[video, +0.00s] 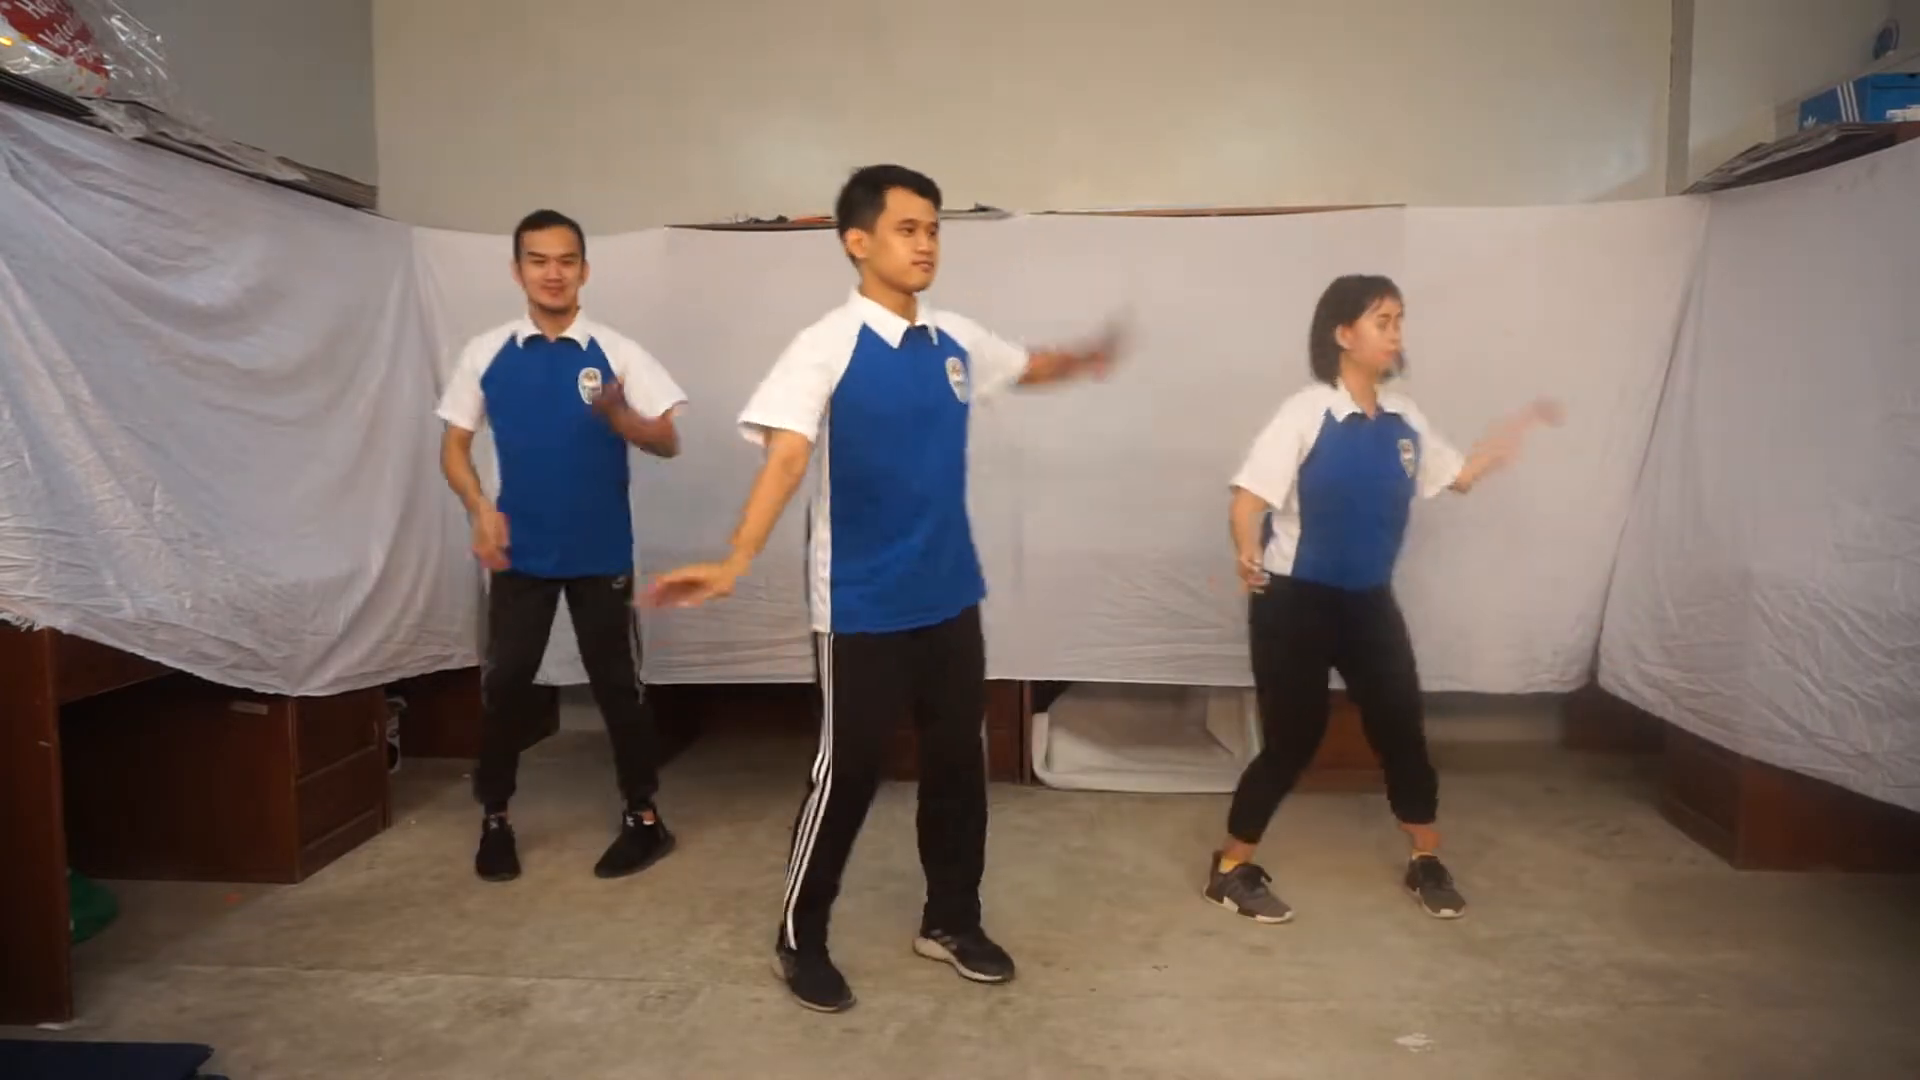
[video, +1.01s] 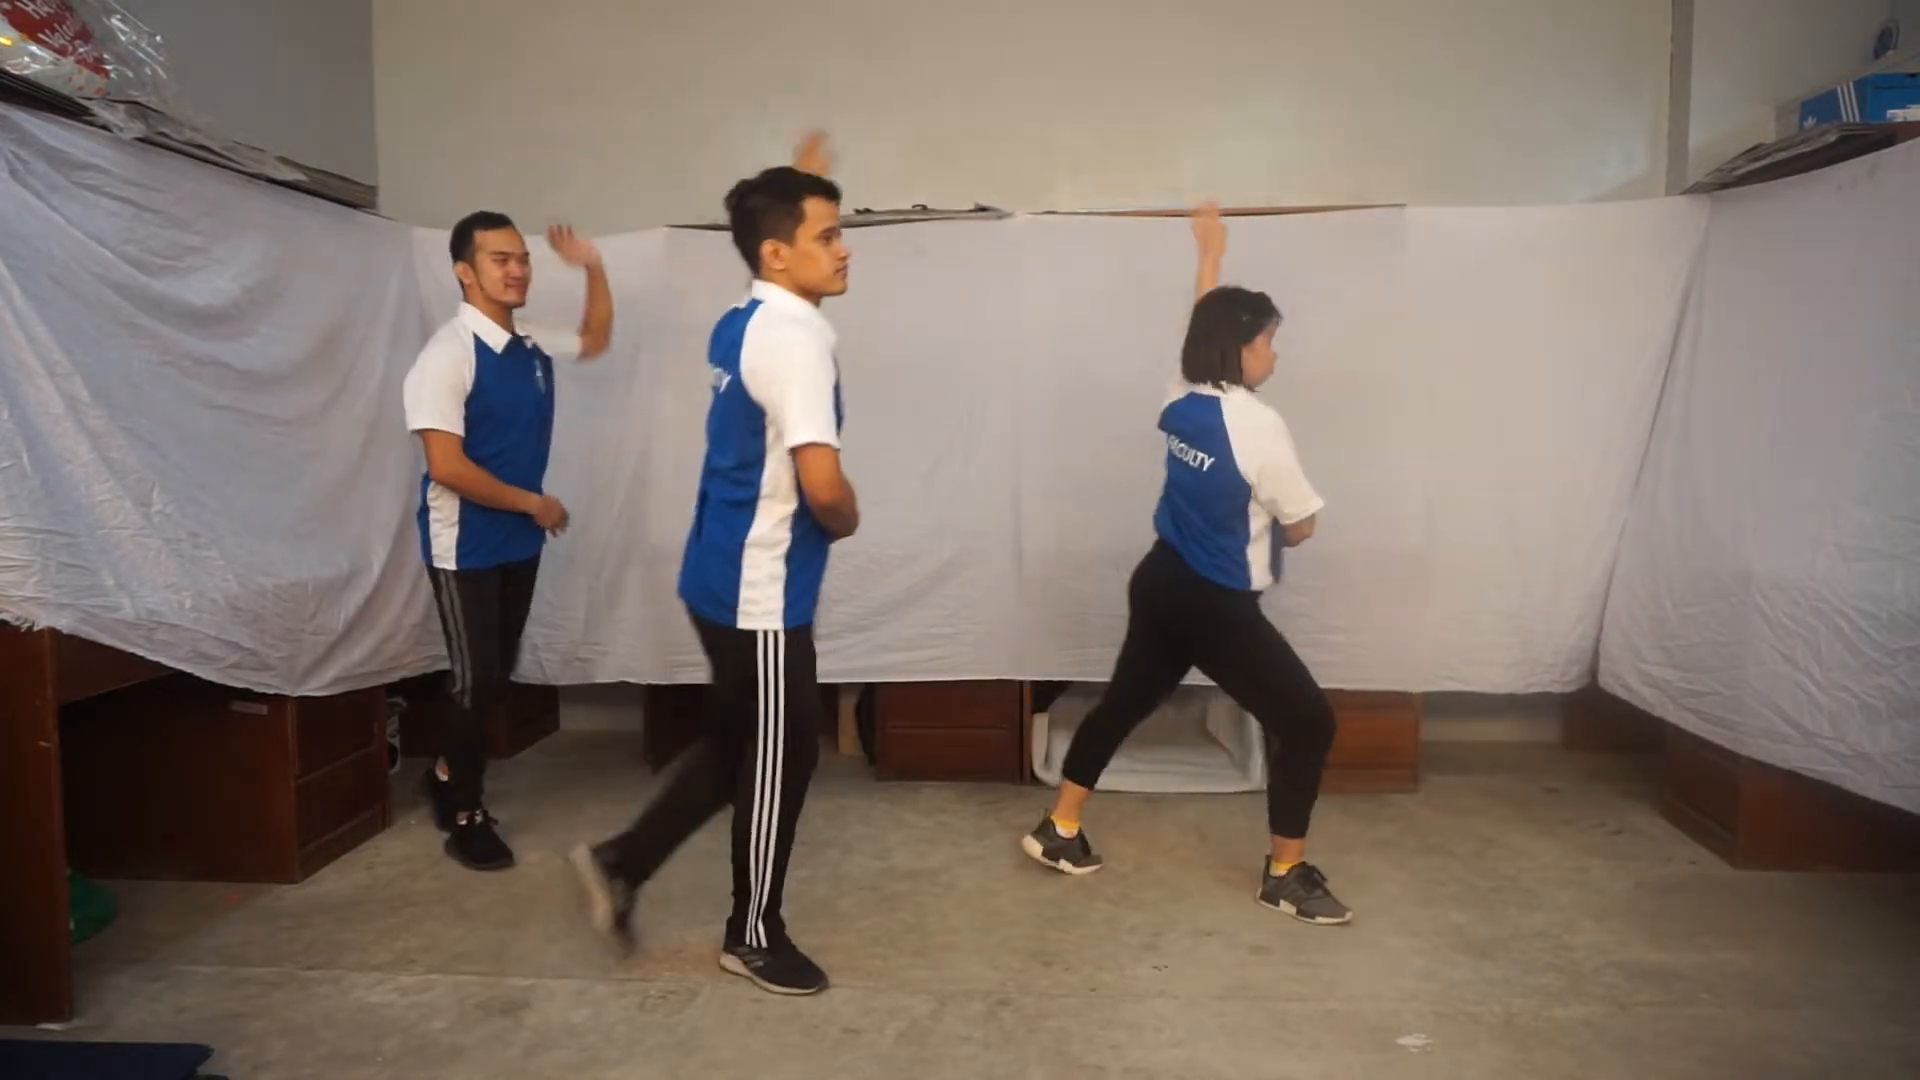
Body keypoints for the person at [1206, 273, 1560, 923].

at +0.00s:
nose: (1397, 334)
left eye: (1399, 323)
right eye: (1384, 323)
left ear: (1395, 334)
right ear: (1343, 334)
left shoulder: (1402, 416)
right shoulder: (1308, 411)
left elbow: (1457, 476)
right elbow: (1249, 495)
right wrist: (1249, 558)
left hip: (1367, 604)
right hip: (1293, 602)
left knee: (1402, 729)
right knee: (1293, 737)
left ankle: (1426, 861)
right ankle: (1233, 865)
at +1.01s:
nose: (1275, 353)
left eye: (1273, 341)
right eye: (1269, 341)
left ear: (1213, 345)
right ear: (1237, 346)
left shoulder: (1185, 398)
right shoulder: (1257, 423)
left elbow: (1202, 328)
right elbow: (1300, 524)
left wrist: (1209, 252)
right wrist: (1275, 531)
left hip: (1159, 582)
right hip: (1215, 604)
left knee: (1122, 704)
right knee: (1308, 723)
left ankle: (1060, 827)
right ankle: (1286, 870)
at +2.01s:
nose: (1477, 358)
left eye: (1486, 342)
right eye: (1471, 346)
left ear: (1528, 333)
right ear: (1475, 348)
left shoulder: (1583, 407)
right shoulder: (1485, 413)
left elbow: (1602, 510)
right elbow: (1446, 477)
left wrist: (1513, 564)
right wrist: (1404, 423)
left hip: (1596, 593)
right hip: (1515, 597)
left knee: (1590, 728)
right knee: (1470, 722)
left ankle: (1602, 873)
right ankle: (1443, 864)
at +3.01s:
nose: (1522, 333)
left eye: (1534, 320)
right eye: (1524, 320)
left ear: (1573, 329)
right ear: (1583, 333)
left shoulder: (1564, 405)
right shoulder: (1594, 388)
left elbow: (1514, 514)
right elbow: (1523, 418)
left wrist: (1484, 560)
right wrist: (1500, 352)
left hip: (1588, 595)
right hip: (1615, 588)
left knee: (1532, 729)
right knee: (1573, 709)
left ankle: (1583, 884)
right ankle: (1684, 825)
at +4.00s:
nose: (1315, 334)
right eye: (1311, 323)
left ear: (1243, 324)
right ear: (1302, 331)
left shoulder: (1222, 387)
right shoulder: (1293, 403)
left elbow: (1239, 328)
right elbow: (1325, 516)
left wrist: (1262, 273)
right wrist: (1292, 498)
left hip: (1208, 570)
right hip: (1252, 582)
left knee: (1241, 702)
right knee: (1274, 714)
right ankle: (1255, 859)